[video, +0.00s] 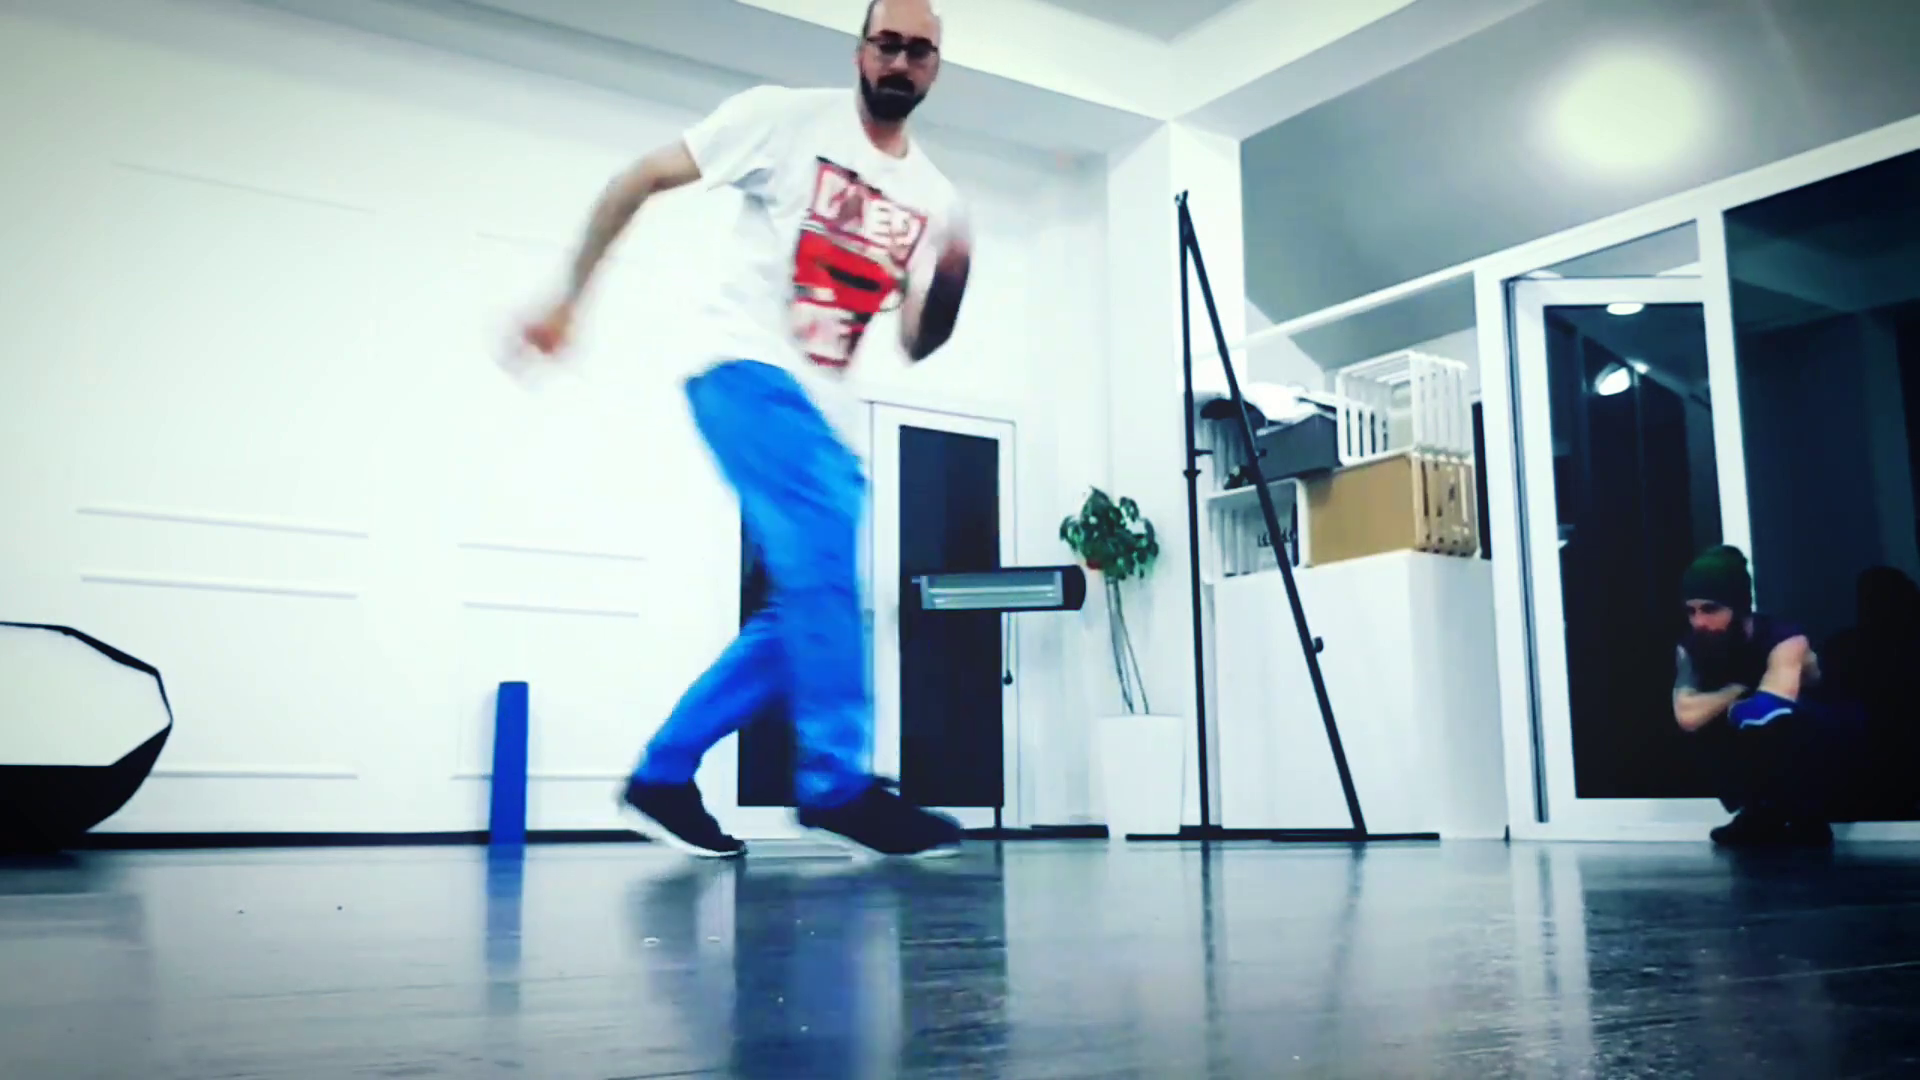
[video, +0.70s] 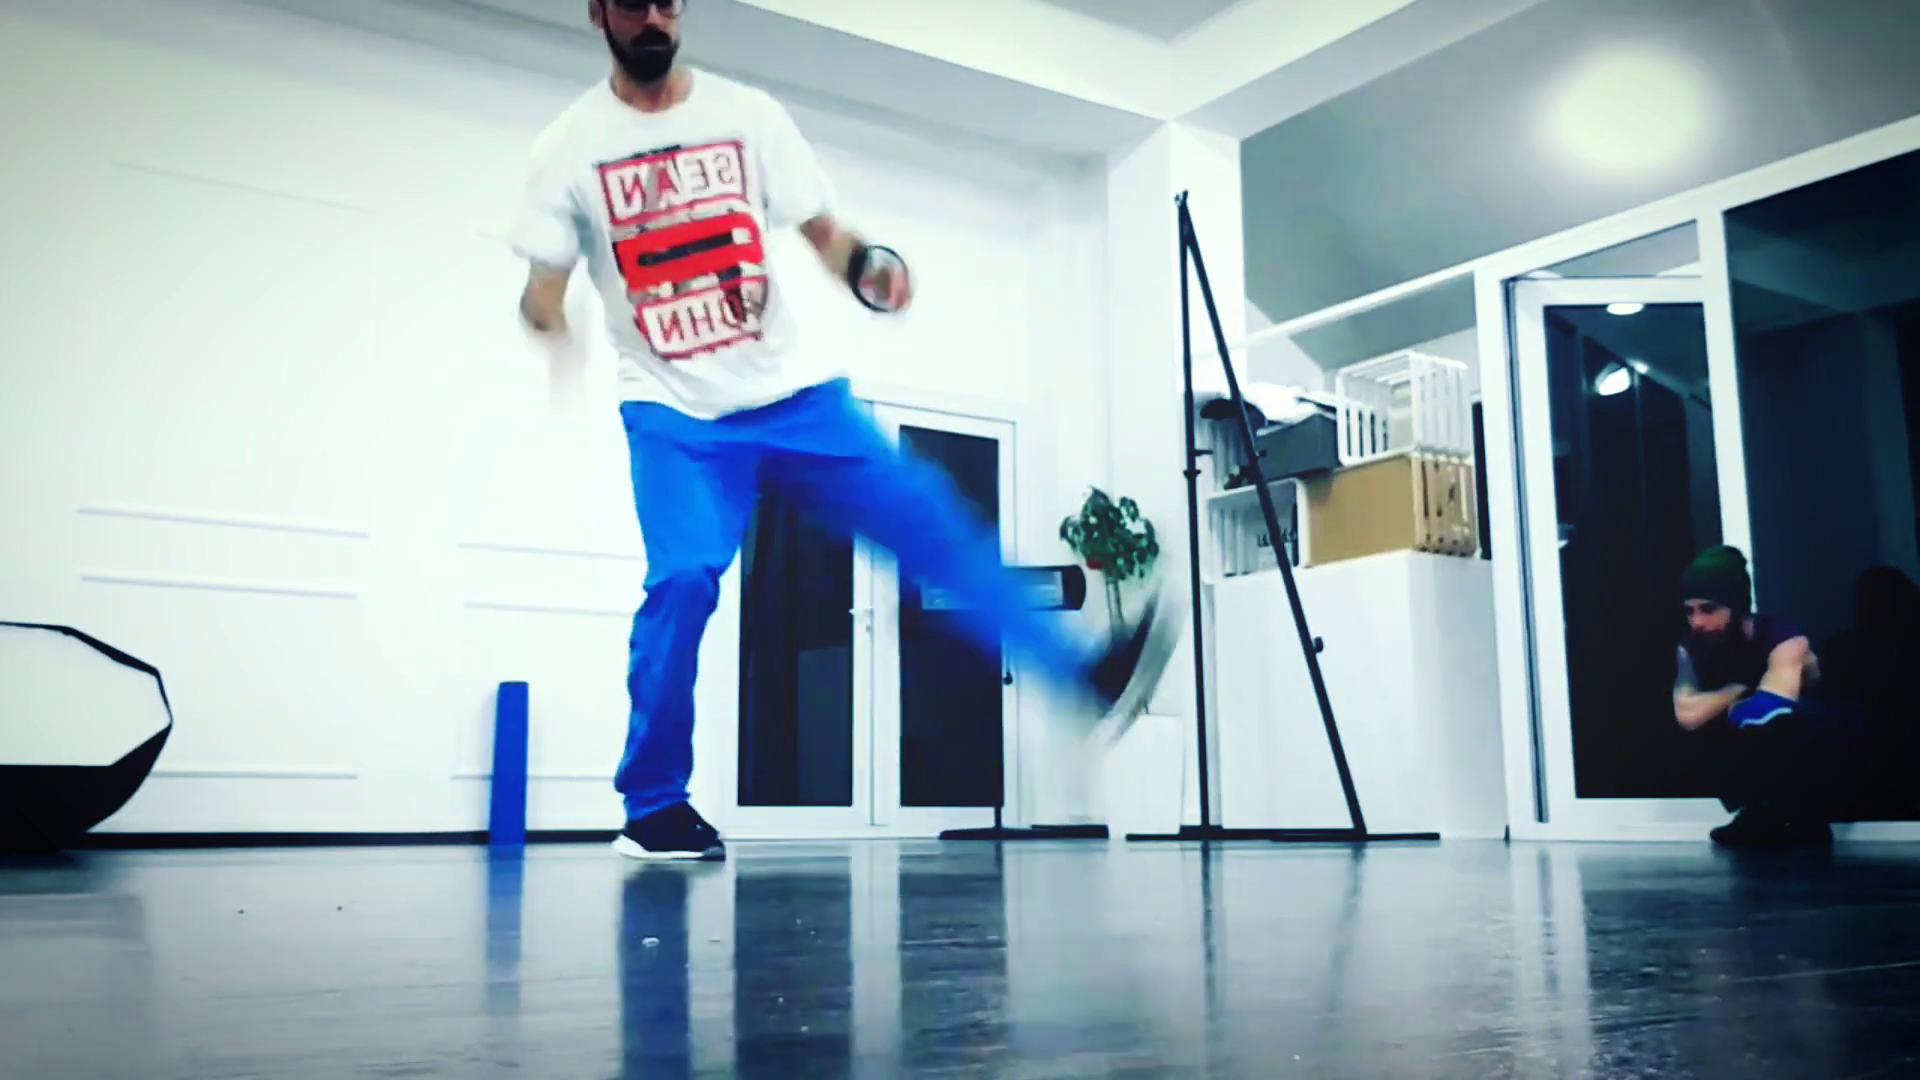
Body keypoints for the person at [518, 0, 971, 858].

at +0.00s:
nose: (898, 63)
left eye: (917, 49)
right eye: (885, 44)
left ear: (939, 63)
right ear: (860, 49)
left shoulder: (933, 198)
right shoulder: (782, 116)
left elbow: (918, 343)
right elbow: (639, 178)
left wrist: (948, 276)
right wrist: (566, 303)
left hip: (820, 392)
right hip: (735, 353)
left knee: (815, 599)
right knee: (823, 506)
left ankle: (664, 774)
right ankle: (836, 780)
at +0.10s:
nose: (874, 66)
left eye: (889, 52)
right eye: (858, 46)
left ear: (903, 66)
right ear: (825, 49)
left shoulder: (894, 208)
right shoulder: (753, 131)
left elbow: (873, 348)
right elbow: (650, 249)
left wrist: (897, 431)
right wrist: (718, 336)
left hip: (794, 417)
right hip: (711, 382)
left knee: (764, 602)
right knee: (746, 541)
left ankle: (654, 792)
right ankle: (632, 762)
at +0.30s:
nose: (797, 31)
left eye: (812, 16)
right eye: (779, 16)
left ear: (829, 28)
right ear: (747, 23)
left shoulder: (845, 167)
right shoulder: (695, 98)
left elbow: (816, 296)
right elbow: (648, 221)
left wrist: (842, 391)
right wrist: (781, 156)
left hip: (774, 394)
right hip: (673, 355)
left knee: (765, 583)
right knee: (696, 503)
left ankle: (648, 769)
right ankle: (580, 653)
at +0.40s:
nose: (761, 41)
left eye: (775, 24)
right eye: (741, 23)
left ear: (792, 36)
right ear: (707, 33)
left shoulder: (825, 175)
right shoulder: (654, 128)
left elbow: (819, 310)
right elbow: (598, 272)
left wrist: (852, 393)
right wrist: (667, 298)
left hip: (757, 405)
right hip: (661, 376)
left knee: (735, 619)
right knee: (684, 530)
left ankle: (640, 795)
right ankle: (678, 776)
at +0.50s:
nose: (703, 26)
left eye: (716, 11)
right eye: (683, 11)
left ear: (735, 19)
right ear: (649, 20)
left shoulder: (792, 134)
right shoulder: (603, 132)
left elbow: (834, 277)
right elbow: (549, 263)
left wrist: (834, 269)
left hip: (768, 387)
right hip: (668, 377)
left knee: (783, 594)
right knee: (717, 523)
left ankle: (665, 768)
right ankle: (696, 783)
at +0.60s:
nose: (669, 21)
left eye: (682, 5)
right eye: (649, 7)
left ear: (702, 13)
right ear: (619, 17)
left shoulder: (772, 119)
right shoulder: (581, 142)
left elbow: (820, 239)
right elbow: (535, 281)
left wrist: (833, 266)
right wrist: (543, 413)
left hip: (786, 394)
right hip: (678, 398)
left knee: (864, 556)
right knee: (705, 565)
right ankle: (650, 800)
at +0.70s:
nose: (654, 20)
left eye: (667, 5)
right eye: (633, 7)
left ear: (685, 13)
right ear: (598, 18)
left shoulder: (751, 118)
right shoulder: (564, 153)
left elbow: (825, 230)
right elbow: (540, 296)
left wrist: (869, 267)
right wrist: (551, 319)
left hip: (796, 390)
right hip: (674, 411)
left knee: (927, 518)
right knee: (685, 577)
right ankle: (655, 803)